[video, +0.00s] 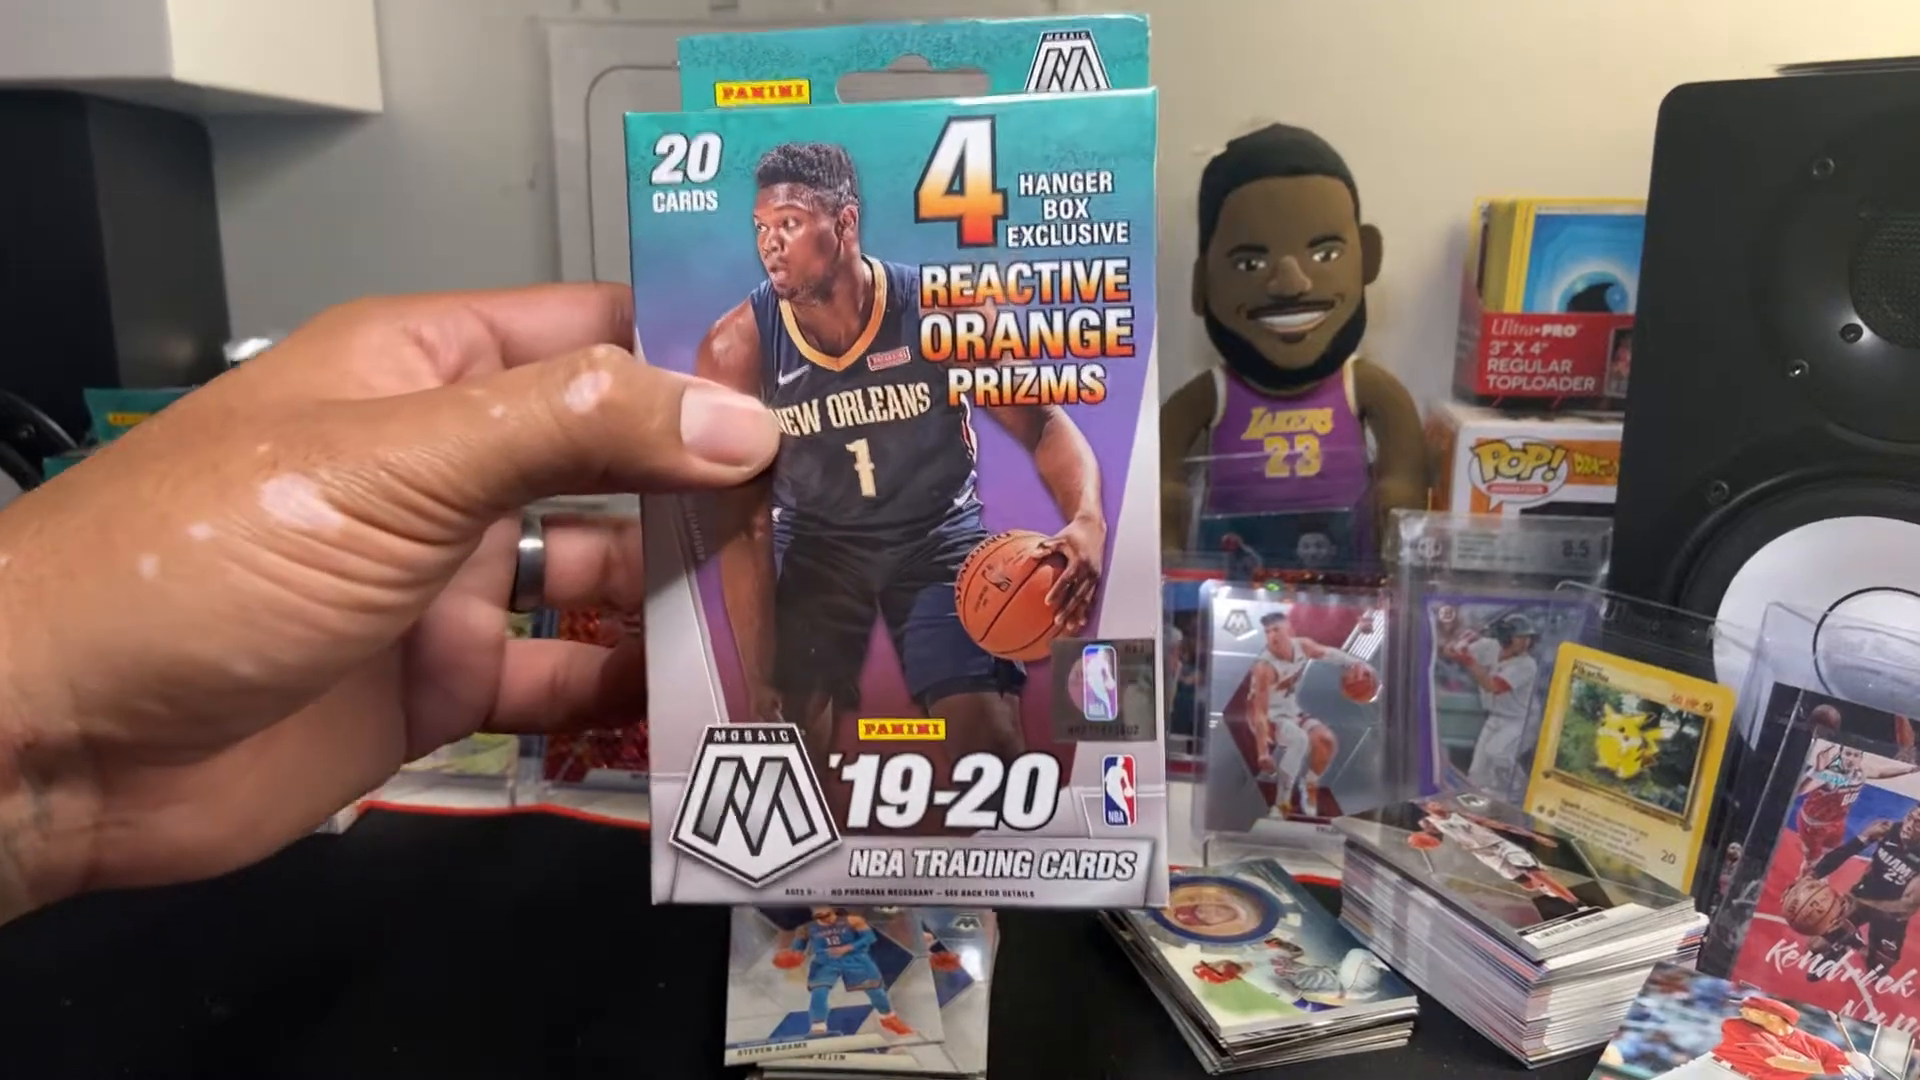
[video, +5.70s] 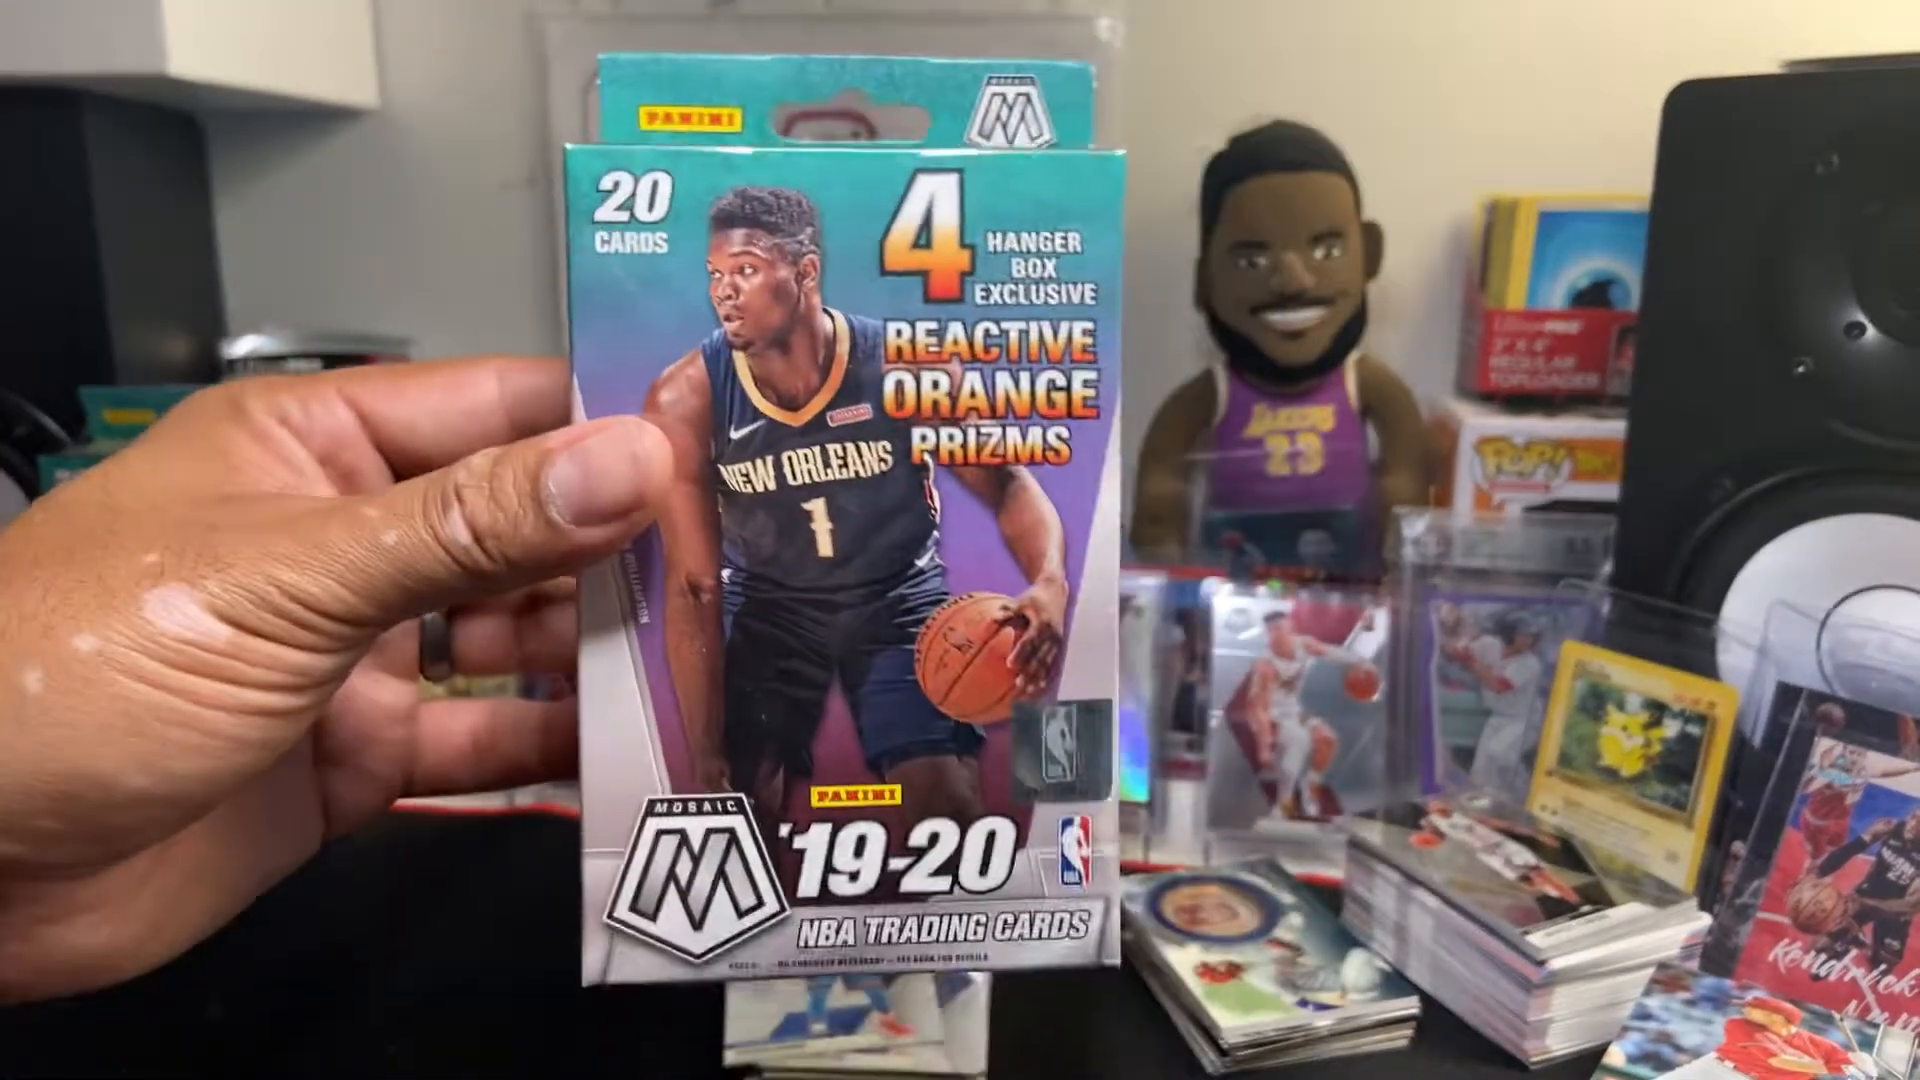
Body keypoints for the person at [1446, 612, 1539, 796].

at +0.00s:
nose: (1526, 642)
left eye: (1528, 638)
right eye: (1522, 637)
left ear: (1530, 640)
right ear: (1508, 639)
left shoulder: (1527, 665)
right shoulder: (1490, 648)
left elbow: (1494, 686)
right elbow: (1460, 653)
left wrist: (1470, 663)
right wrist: (1455, 648)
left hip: (1519, 723)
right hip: (1495, 719)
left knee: (1496, 753)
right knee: (1479, 763)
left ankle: (1520, 790)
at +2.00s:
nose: (1528, 642)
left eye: (1531, 637)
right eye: (1523, 636)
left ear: (1533, 639)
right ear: (1510, 635)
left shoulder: (1529, 663)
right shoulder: (1491, 645)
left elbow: (1496, 684)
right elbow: (1460, 650)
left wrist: (1471, 659)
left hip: (1518, 722)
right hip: (1495, 717)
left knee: (1497, 752)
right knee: (1482, 755)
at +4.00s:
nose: (1529, 641)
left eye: (1532, 637)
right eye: (1524, 636)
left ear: (1534, 639)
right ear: (1512, 636)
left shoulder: (1530, 663)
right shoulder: (1494, 647)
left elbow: (1498, 685)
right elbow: (1458, 651)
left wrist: (1472, 661)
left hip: (1519, 723)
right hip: (1496, 719)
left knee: (1497, 753)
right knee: (1481, 764)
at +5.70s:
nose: (1528, 641)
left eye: (1531, 637)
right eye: (1524, 635)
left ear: (1534, 640)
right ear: (1514, 635)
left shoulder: (1530, 663)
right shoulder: (1492, 647)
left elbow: (1501, 685)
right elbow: (1462, 652)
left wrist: (1475, 664)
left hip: (1520, 721)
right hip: (1497, 718)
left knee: (1498, 752)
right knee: (1482, 761)